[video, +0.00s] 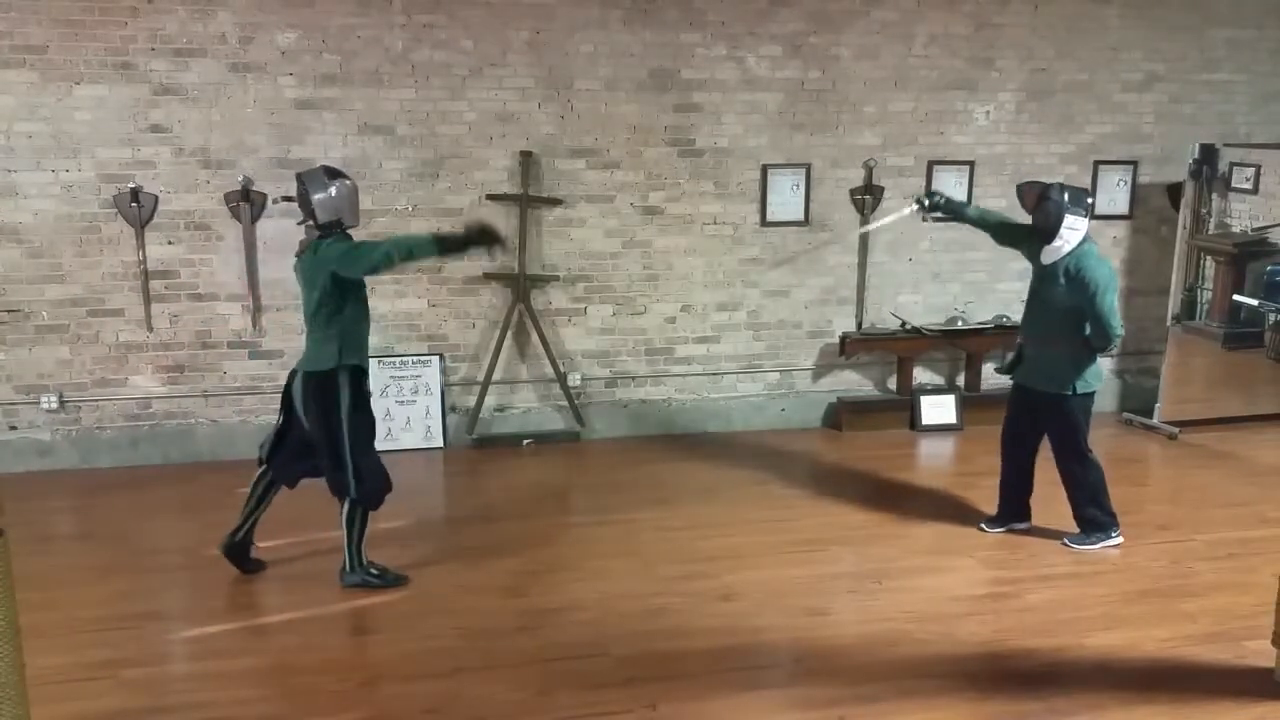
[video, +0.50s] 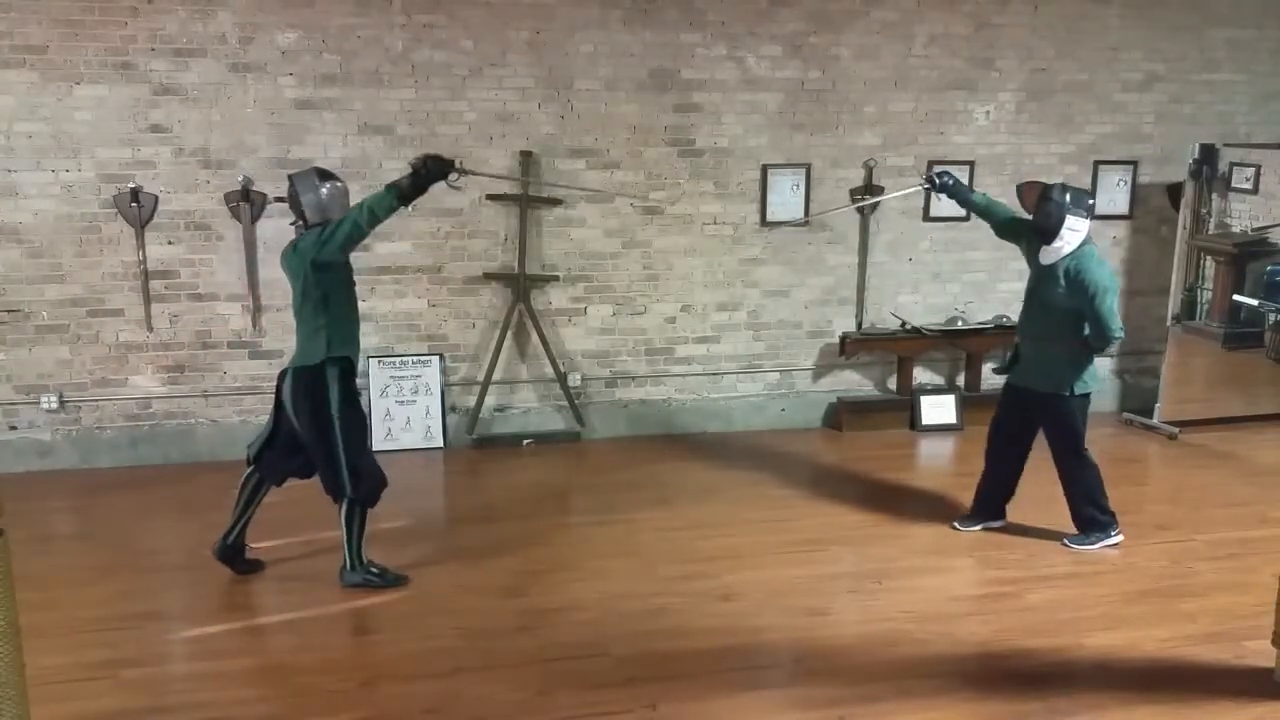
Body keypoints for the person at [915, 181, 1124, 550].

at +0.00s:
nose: (1035, 219)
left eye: (1043, 213)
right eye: (1036, 212)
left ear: (1066, 219)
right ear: (1051, 218)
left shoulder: (1091, 266)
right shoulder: (1041, 245)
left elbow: (1108, 332)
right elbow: (996, 225)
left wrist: (1087, 345)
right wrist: (945, 204)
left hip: (1069, 378)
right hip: (1031, 372)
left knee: (1073, 455)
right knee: (1016, 444)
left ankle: (1102, 527)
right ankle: (1014, 514)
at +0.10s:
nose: (1038, 219)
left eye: (1047, 214)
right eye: (1040, 212)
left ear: (1069, 221)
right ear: (1054, 218)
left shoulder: (1095, 268)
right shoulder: (1043, 243)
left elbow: (1112, 334)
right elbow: (1000, 220)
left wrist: (1089, 345)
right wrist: (951, 194)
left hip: (1071, 377)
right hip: (1032, 369)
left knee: (1072, 454)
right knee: (1016, 442)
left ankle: (1101, 527)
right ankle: (1013, 514)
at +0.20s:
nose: (1043, 224)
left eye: (1051, 218)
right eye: (1044, 217)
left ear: (1071, 224)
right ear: (1059, 220)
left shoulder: (1097, 268)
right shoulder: (1045, 241)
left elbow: (1116, 333)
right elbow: (1004, 219)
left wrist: (1094, 346)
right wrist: (957, 192)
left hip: (1072, 376)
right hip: (1034, 369)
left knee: (1074, 454)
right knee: (1015, 442)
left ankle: (1101, 527)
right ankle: (1012, 514)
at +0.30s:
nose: (1044, 223)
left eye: (1051, 218)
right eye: (1045, 216)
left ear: (1073, 224)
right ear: (1055, 218)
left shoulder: (1098, 268)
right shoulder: (1045, 240)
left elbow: (1118, 333)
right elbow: (1004, 218)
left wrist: (1094, 347)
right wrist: (959, 192)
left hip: (1073, 376)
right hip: (1035, 369)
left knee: (1074, 454)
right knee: (1009, 435)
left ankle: (1101, 527)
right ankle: (1008, 510)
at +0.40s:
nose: (1043, 226)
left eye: (1050, 220)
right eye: (1043, 219)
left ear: (1072, 224)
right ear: (1049, 218)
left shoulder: (1097, 269)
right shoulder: (1044, 242)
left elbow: (1115, 333)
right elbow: (1003, 217)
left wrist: (1093, 347)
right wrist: (957, 190)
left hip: (1071, 378)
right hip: (1032, 370)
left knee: (1074, 456)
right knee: (1007, 439)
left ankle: (1101, 527)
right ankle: (994, 509)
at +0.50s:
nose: (1037, 218)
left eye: (1045, 213)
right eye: (1039, 212)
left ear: (1065, 222)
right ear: (1054, 219)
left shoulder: (1088, 266)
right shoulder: (1037, 241)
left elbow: (1109, 332)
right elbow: (997, 215)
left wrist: (1084, 347)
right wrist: (953, 187)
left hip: (1064, 378)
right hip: (1026, 370)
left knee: (1071, 456)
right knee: (1005, 444)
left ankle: (1101, 527)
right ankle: (989, 511)